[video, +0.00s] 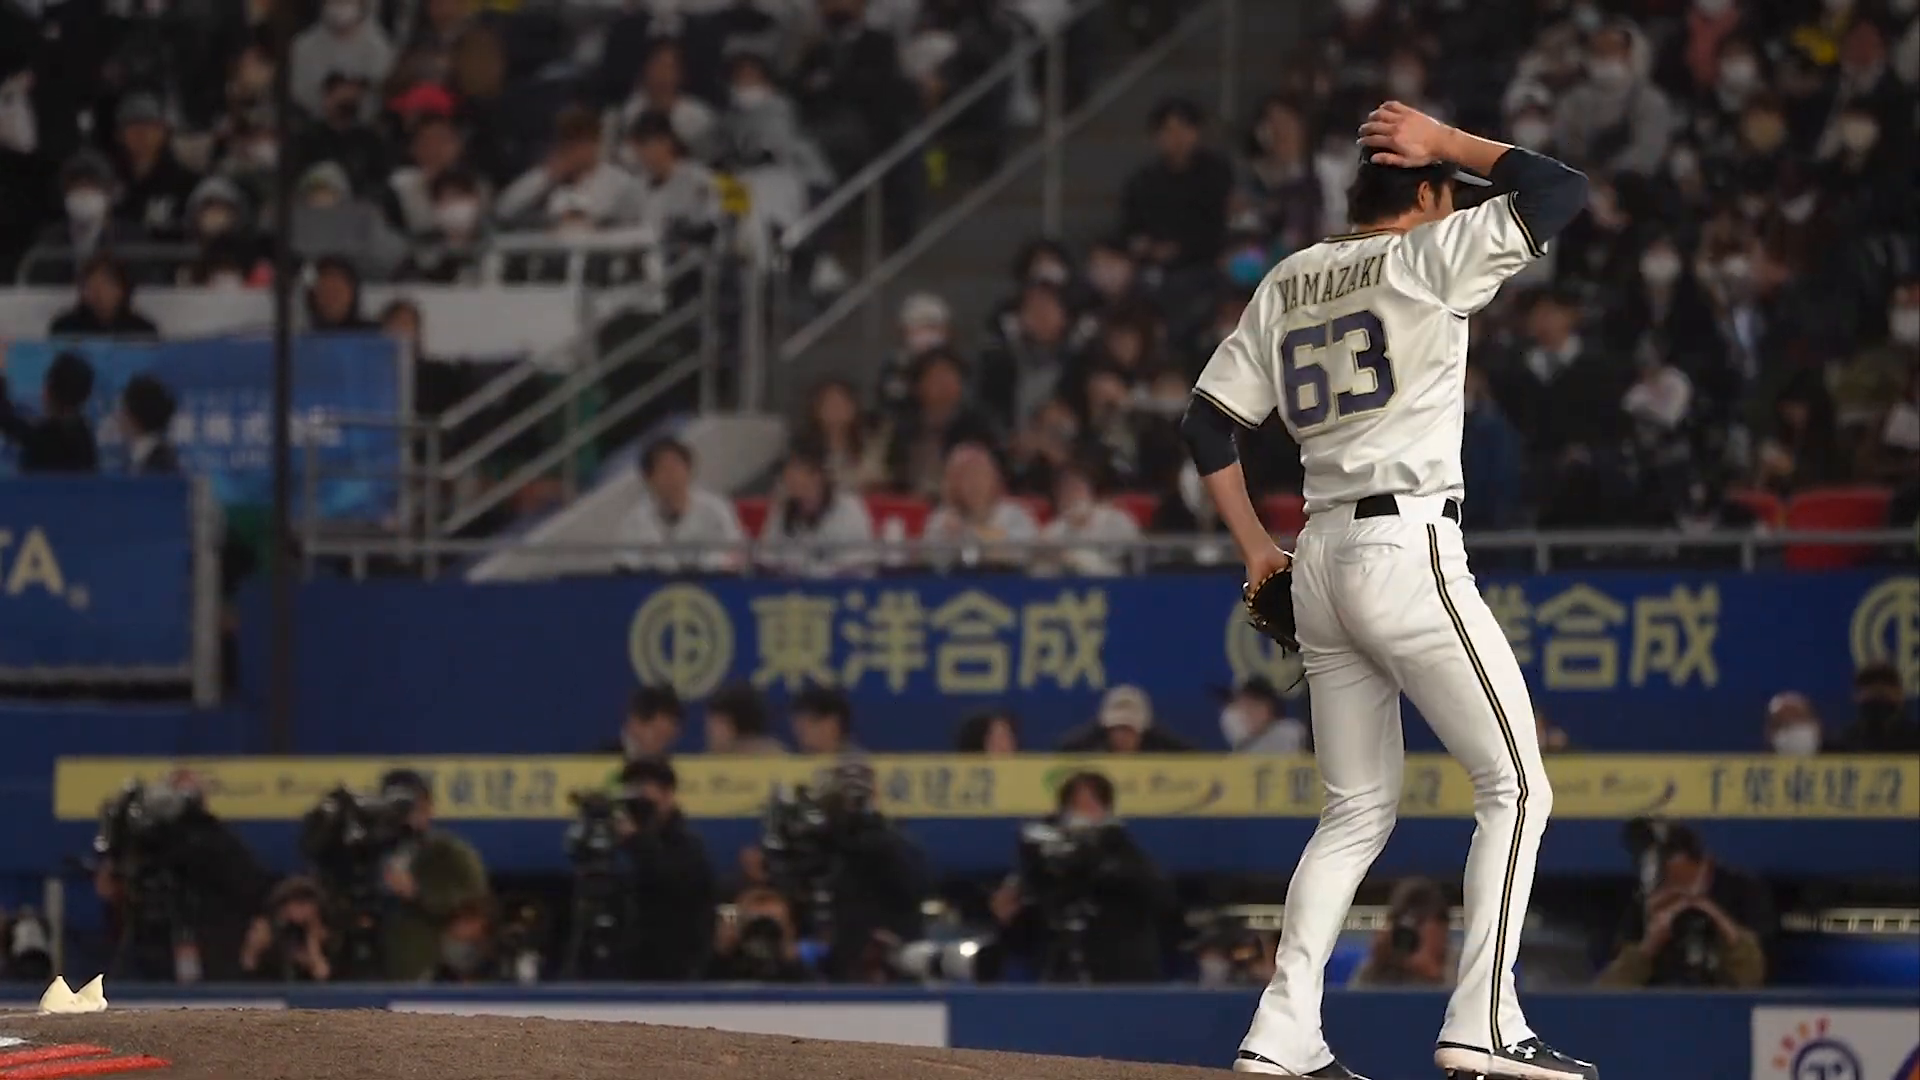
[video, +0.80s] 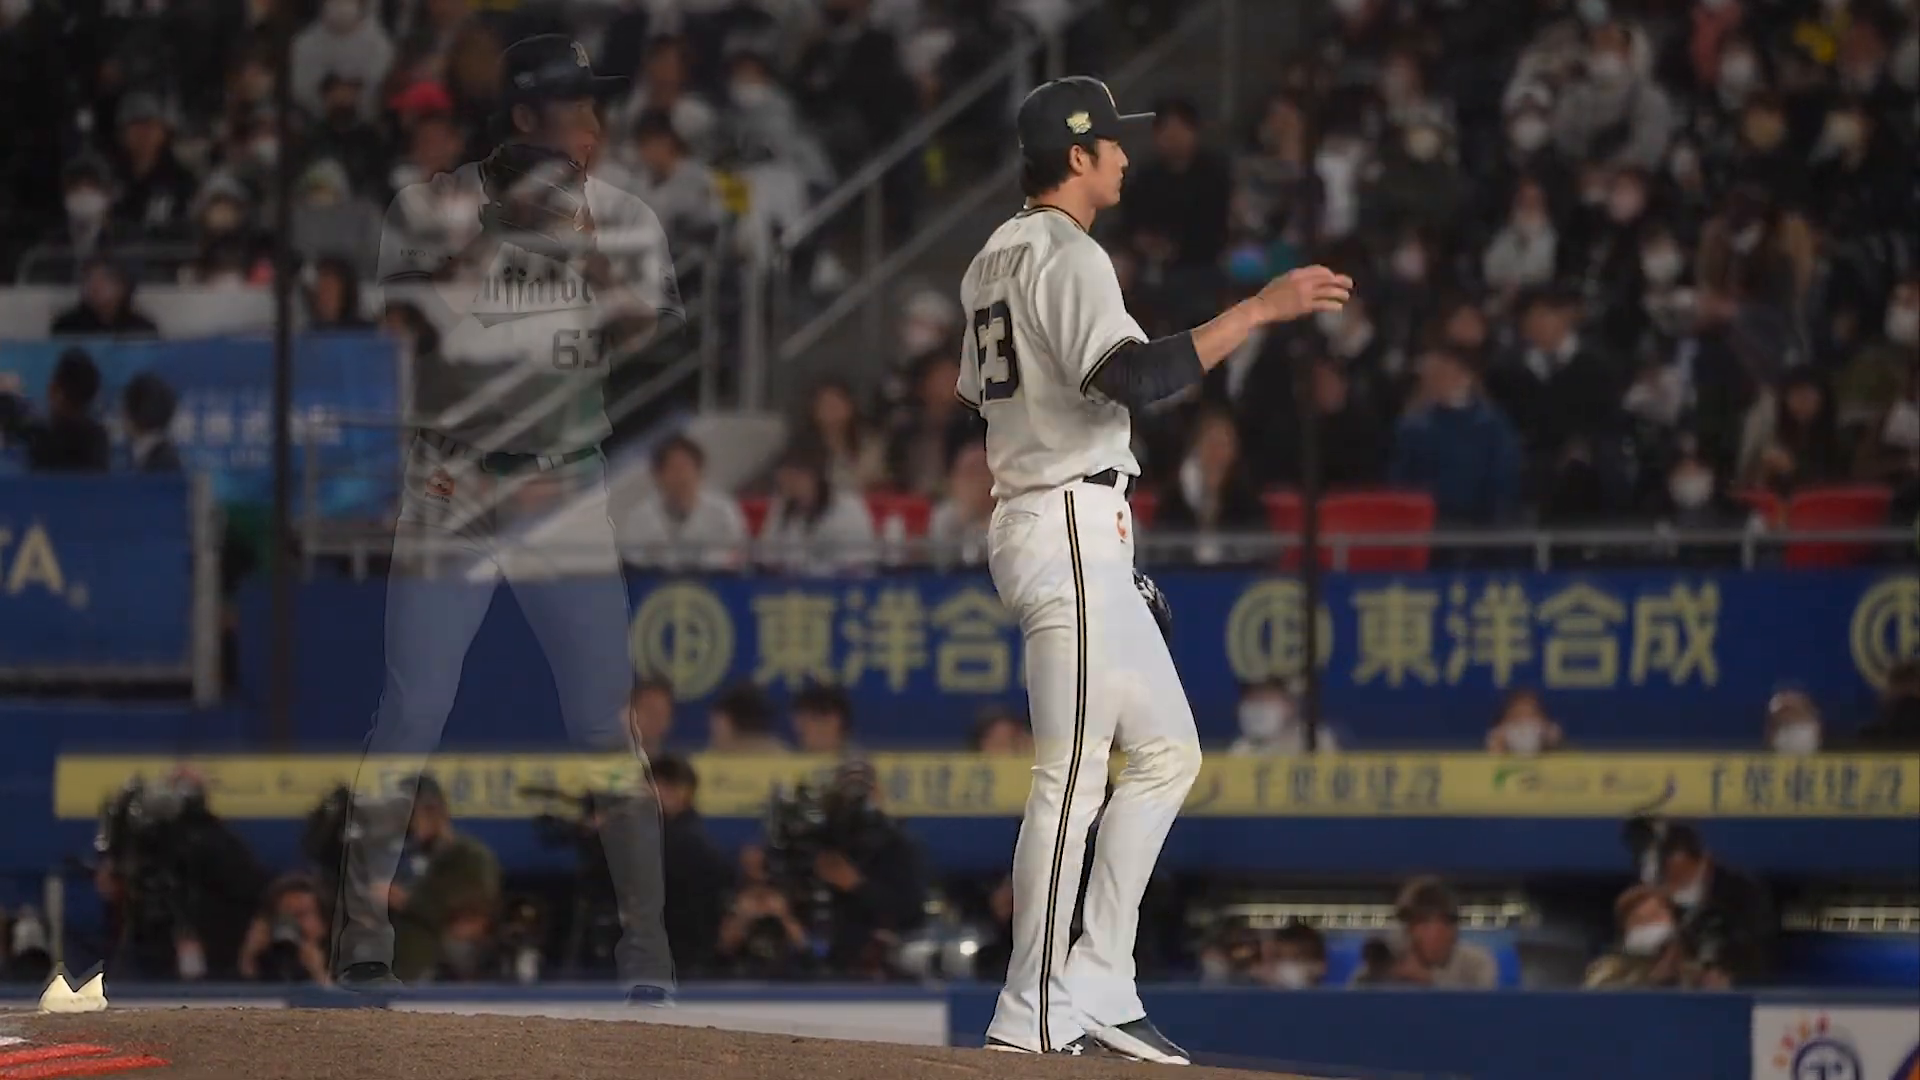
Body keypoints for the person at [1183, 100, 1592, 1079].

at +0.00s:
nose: (1457, 231)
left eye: (1453, 212)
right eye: (1451, 213)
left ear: (1362, 202)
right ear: (1427, 202)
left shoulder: (1287, 283)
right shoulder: (1431, 260)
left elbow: (1210, 417)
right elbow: (1560, 187)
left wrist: (1256, 549)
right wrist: (1450, 141)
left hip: (1318, 564)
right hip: (1409, 558)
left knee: (1355, 812)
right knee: (1517, 786)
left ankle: (1283, 1034)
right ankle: (1484, 1024)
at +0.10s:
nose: (1390, 229)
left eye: (1383, 208)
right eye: (1387, 210)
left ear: (1305, 210)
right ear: (1370, 206)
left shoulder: (1254, 298)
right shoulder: (1377, 259)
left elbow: (1203, 442)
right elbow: (1501, 177)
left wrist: (1257, 567)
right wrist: (1403, 147)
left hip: (1299, 562)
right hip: (1379, 552)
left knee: (1344, 810)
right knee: (1450, 796)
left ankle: (1280, 1028)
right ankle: (1364, 1019)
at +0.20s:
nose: (1357, 209)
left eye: (1348, 184)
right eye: (1349, 187)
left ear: (1268, 194)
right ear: (1327, 188)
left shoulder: (1224, 285)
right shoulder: (1332, 249)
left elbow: (1195, 441)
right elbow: (1445, 166)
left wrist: (1250, 563)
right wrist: (1349, 130)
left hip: (1280, 542)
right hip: (1345, 535)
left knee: (1324, 792)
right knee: (1379, 792)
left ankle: (1290, 1023)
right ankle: (1237, 1000)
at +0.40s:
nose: (1278, 167)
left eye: (1255, 148)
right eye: (1266, 149)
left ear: (1206, 183)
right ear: (1246, 172)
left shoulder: (1161, 289)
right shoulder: (1246, 238)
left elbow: (1147, 441)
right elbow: (1348, 159)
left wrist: (1215, 544)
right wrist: (1252, 131)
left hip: (1238, 540)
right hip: (1273, 533)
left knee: (1288, 800)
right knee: (1266, 793)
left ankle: (1282, 1038)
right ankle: (1087, 971)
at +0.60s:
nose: (1214, 199)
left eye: (1208, 179)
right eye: (1202, 178)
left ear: (1128, 192)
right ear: (1171, 183)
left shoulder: (1083, 282)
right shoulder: (1150, 262)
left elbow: (1069, 441)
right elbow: (1274, 222)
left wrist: (1200, 572)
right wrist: (1190, 157)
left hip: (1144, 533)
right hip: (1161, 536)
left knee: (1235, 794)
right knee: (1129, 794)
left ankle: (1272, 1031)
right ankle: (1032, 1020)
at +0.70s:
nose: (1173, 173)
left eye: (1169, 157)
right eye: (1164, 158)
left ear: (1093, 169)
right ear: (1129, 164)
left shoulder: (1037, 265)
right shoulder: (1104, 258)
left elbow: (1040, 432)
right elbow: (1224, 309)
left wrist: (1152, 562)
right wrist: (1222, 190)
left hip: (1095, 528)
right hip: (1110, 529)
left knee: (1204, 770)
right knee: (1095, 784)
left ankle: (1219, 1015)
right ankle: (1031, 1018)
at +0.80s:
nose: (1125, 159)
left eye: (1120, 144)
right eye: (1115, 143)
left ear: (1050, 158)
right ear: (1079, 154)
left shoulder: (996, 256)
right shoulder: (1064, 248)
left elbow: (988, 408)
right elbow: (1130, 378)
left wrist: (1110, 562)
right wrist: (1262, 309)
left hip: (1055, 526)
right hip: (1070, 528)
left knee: (1167, 757)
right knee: (1071, 773)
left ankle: (1101, 988)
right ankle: (1032, 1014)